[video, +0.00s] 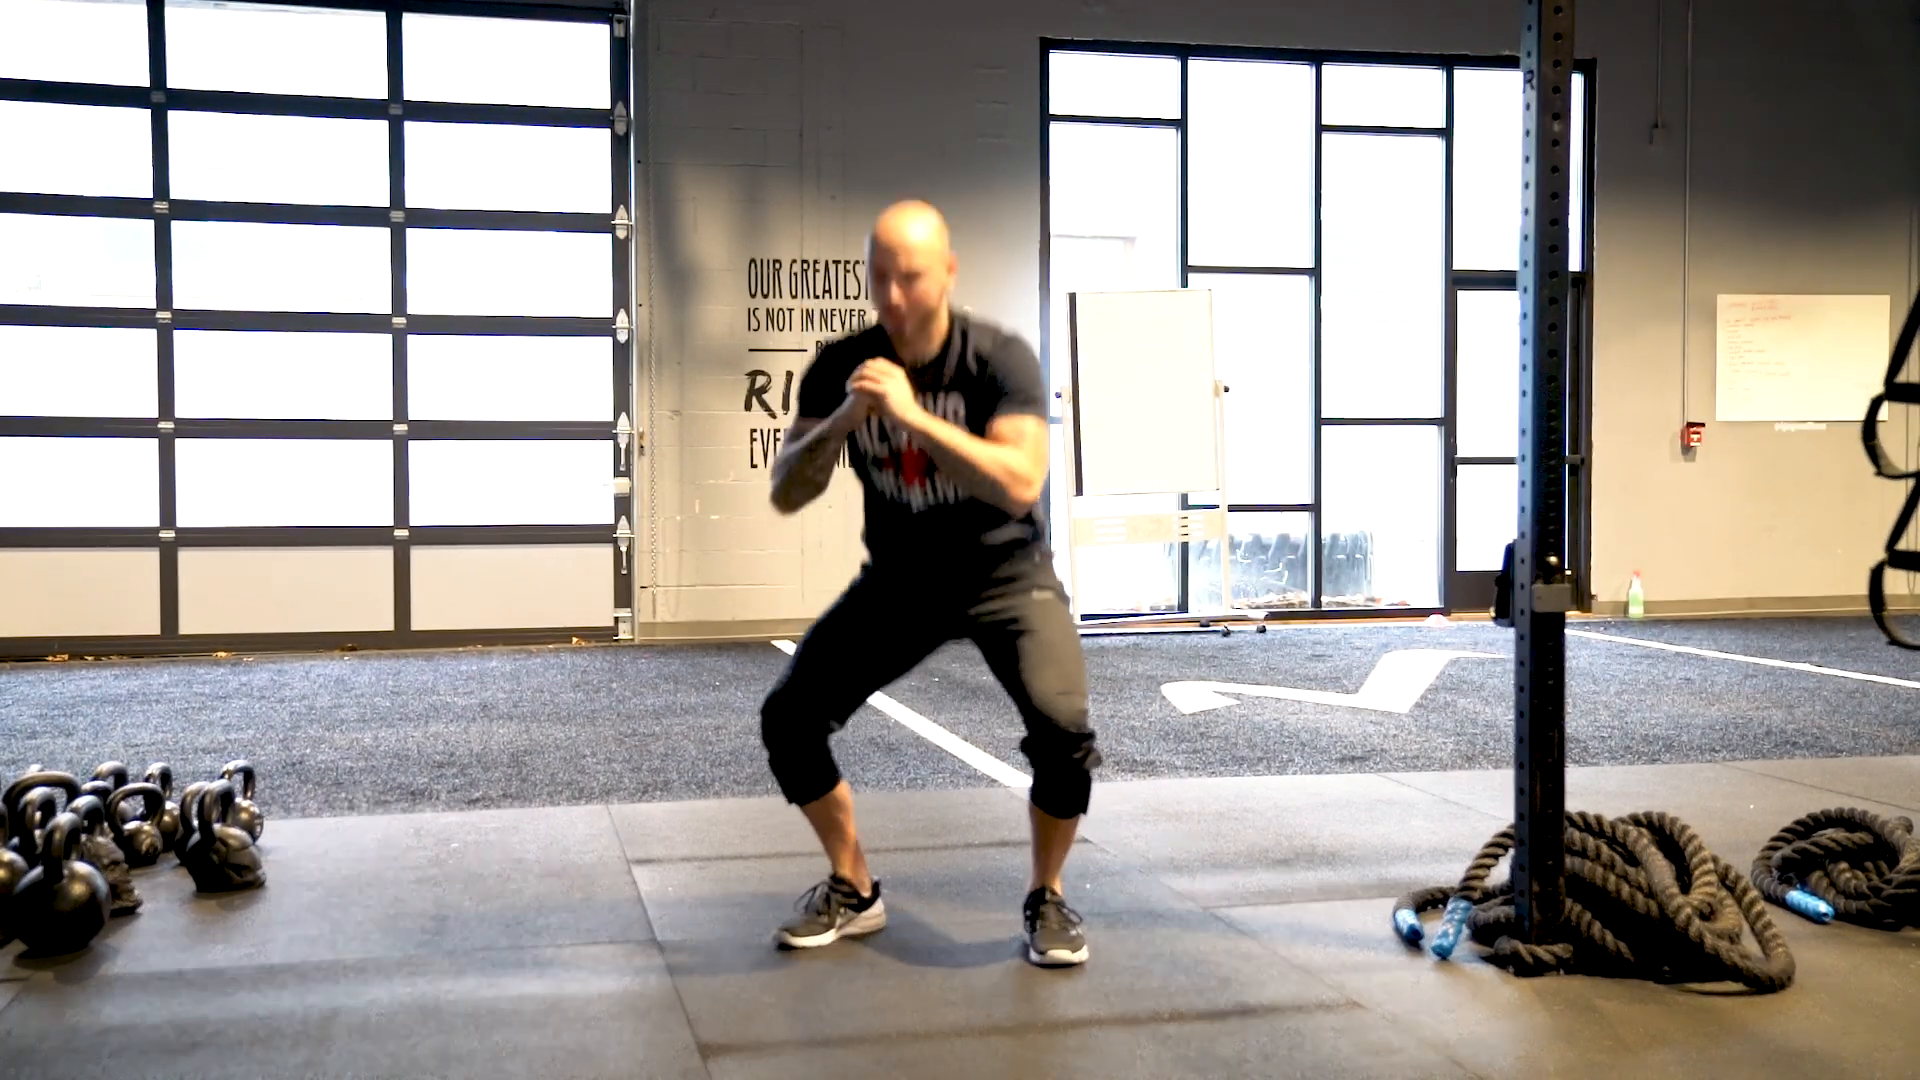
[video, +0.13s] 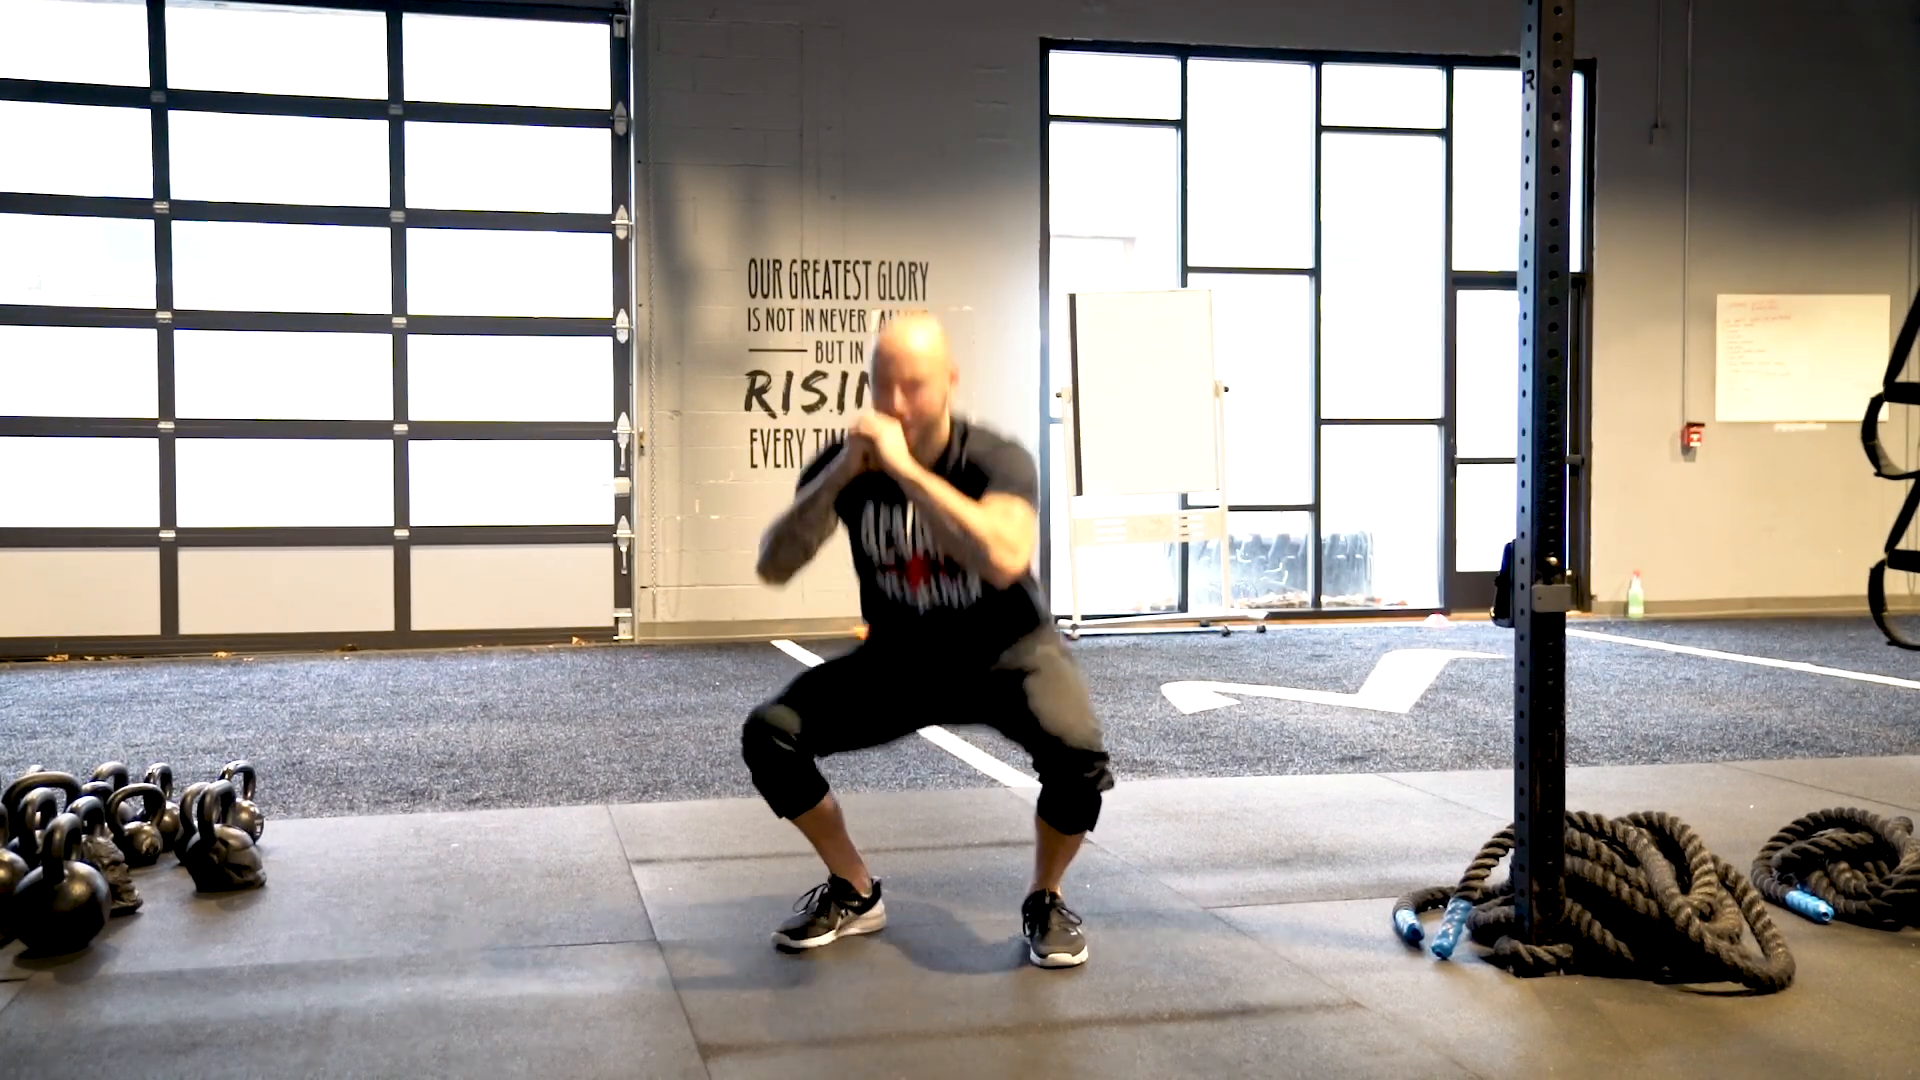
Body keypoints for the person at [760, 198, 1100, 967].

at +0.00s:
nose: (892, 298)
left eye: (910, 278)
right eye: (880, 278)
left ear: (949, 276)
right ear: (866, 278)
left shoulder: (1001, 358)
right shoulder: (838, 367)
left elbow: (1022, 483)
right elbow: (786, 495)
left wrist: (913, 415)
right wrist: (842, 421)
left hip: (1006, 575)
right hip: (901, 579)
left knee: (1064, 726)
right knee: (789, 720)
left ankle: (1046, 897)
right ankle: (852, 888)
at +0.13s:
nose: (894, 405)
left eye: (912, 387)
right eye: (882, 386)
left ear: (950, 384)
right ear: (867, 385)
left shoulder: (997, 460)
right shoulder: (847, 461)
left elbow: (1007, 557)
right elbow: (774, 565)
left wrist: (906, 472)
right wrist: (841, 476)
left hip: (1007, 657)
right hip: (900, 659)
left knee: (1080, 761)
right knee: (770, 738)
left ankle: (1046, 902)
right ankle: (854, 889)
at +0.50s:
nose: (900, 447)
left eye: (918, 430)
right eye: (888, 429)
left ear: (957, 428)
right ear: (874, 428)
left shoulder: (1005, 507)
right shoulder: (847, 503)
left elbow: (1012, 620)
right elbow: (779, 620)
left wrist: (912, 533)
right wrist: (847, 538)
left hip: (999, 691)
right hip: (897, 691)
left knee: (1082, 763)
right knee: (767, 741)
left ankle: (1046, 900)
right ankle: (853, 888)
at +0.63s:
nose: (900, 346)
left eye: (918, 328)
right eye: (888, 327)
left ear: (956, 325)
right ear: (873, 325)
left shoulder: (1009, 416)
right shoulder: (844, 415)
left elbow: (1043, 544)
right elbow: (798, 546)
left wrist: (930, 498)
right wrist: (850, 501)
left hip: (1007, 613)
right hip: (900, 613)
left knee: (1073, 748)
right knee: (777, 730)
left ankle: (1046, 899)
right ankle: (854, 888)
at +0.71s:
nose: (897, 284)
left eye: (915, 267)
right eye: (885, 266)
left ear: (953, 265)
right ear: (870, 264)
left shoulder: (1012, 358)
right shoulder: (842, 361)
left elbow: (1055, 483)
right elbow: (819, 494)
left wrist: (950, 476)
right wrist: (868, 473)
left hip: (1008, 571)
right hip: (899, 570)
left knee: (1067, 731)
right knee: (791, 720)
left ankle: (1047, 897)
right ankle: (854, 888)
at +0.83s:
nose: (899, 236)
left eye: (917, 218)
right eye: (886, 218)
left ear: (953, 216)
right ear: (870, 218)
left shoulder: (1015, 309)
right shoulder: (841, 315)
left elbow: (1054, 438)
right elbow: (825, 452)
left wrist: (949, 432)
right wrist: (870, 432)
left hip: (1009, 531)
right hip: (900, 532)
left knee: (1060, 716)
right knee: (813, 706)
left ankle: (1048, 893)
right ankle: (855, 887)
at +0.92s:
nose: (898, 247)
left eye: (916, 228)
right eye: (886, 228)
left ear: (954, 225)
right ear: (871, 228)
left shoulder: (1012, 316)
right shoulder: (841, 325)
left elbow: (1041, 452)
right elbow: (816, 467)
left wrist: (929, 415)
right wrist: (855, 423)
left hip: (1011, 535)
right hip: (903, 537)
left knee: (1060, 715)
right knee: (811, 708)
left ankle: (1049, 893)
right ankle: (855, 887)